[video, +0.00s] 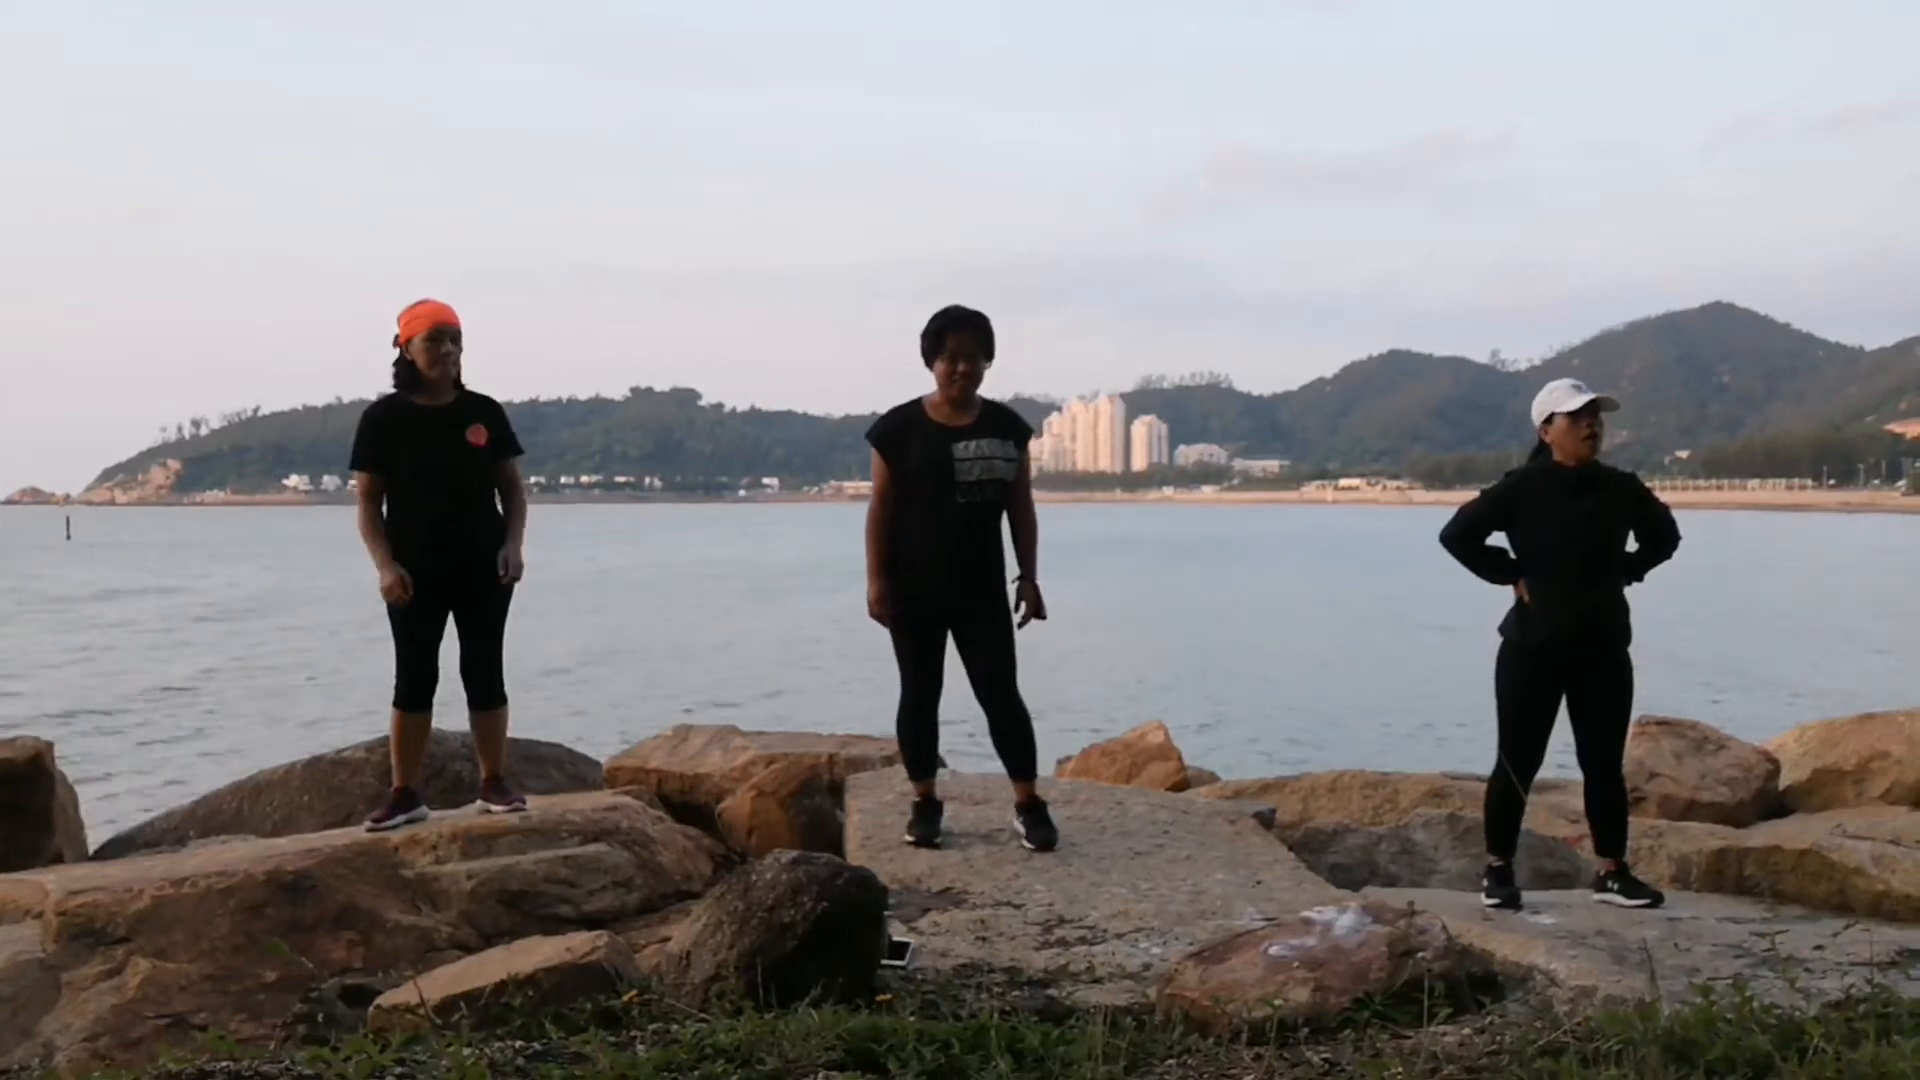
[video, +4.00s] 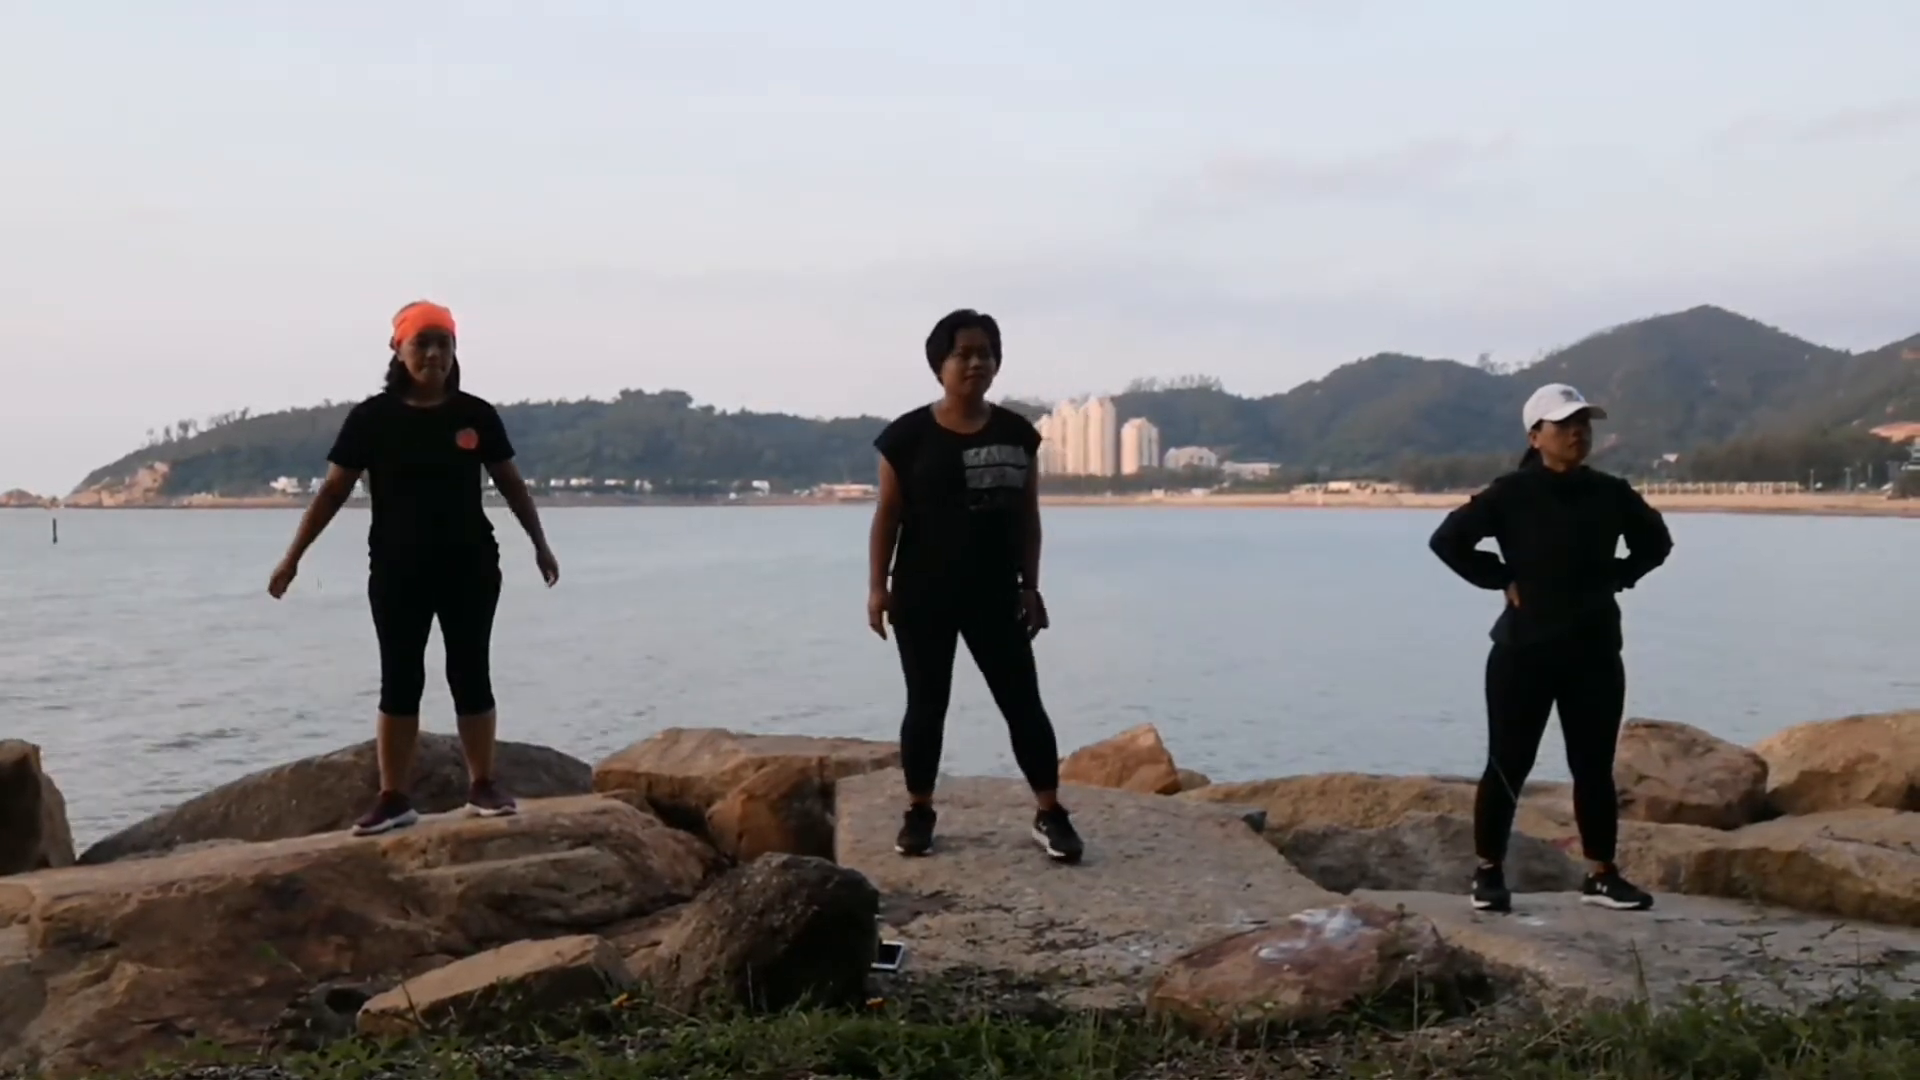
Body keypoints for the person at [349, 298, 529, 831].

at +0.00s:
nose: (446, 348)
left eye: (452, 338)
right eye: (433, 340)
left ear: (461, 346)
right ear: (407, 349)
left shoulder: (485, 412)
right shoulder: (381, 419)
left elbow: (513, 487)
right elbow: (366, 503)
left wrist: (513, 542)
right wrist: (385, 565)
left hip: (481, 569)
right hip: (414, 574)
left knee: (485, 678)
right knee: (413, 685)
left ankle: (493, 783)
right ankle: (405, 792)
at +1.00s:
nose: (446, 348)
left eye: (455, 339)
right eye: (434, 339)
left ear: (468, 349)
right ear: (414, 348)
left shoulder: (490, 417)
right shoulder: (385, 417)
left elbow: (522, 484)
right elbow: (351, 492)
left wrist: (557, 545)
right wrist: (307, 558)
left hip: (480, 569)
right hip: (411, 571)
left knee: (482, 677)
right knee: (409, 683)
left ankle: (491, 784)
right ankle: (402, 793)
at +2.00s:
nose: (443, 348)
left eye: (453, 339)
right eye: (432, 339)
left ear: (466, 349)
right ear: (412, 349)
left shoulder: (488, 418)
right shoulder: (383, 417)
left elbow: (520, 488)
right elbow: (350, 491)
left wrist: (550, 549)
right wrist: (310, 559)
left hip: (477, 570)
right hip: (407, 571)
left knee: (478, 677)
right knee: (406, 684)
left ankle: (488, 785)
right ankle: (399, 795)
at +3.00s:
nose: (432, 352)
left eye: (441, 343)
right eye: (421, 342)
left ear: (454, 350)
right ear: (400, 351)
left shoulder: (477, 418)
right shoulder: (370, 420)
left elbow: (509, 486)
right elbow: (337, 494)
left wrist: (539, 545)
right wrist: (304, 561)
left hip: (468, 570)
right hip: (397, 573)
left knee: (472, 678)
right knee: (400, 685)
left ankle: (485, 785)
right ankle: (395, 796)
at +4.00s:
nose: (433, 353)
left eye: (442, 343)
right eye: (422, 343)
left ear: (454, 351)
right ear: (399, 351)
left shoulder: (476, 417)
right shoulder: (370, 419)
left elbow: (509, 482)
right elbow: (332, 493)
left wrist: (539, 541)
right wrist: (291, 557)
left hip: (468, 570)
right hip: (398, 573)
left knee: (471, 678)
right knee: (399, 685)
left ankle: (482, 786)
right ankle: (392, 798)